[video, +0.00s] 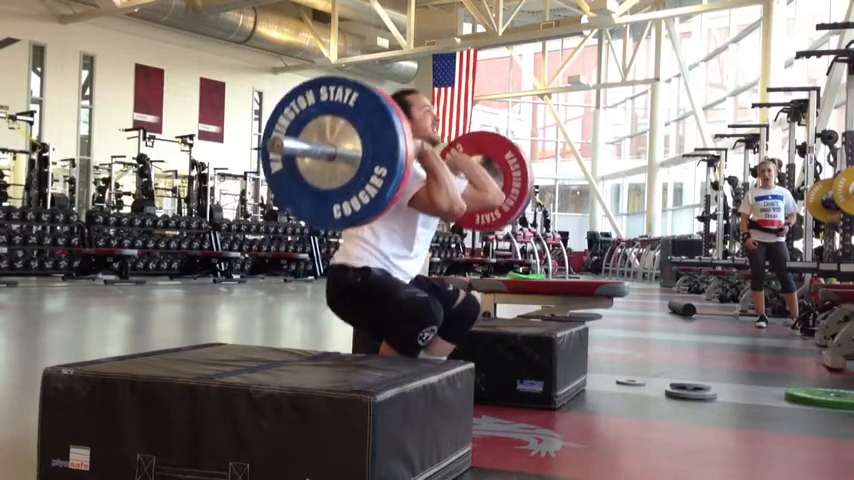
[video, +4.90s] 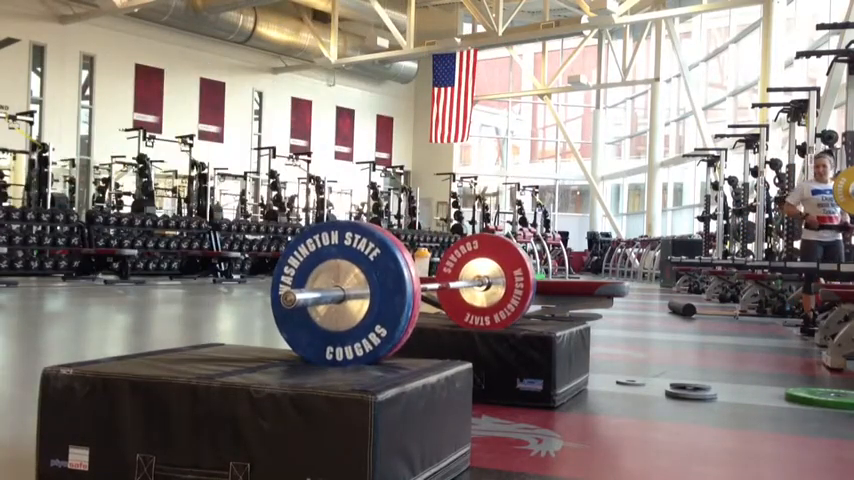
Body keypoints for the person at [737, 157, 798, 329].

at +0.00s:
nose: (766, 174)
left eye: (769, 170)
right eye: (762, 171)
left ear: (775, 173)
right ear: (759, 174)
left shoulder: (784, 193)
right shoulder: (751, 193)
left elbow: (792, 214)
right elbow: (744, 216)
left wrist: (787, 224)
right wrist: (746, 235)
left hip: (777, 239)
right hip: (757, 239)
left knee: (785, 275)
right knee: (757, 277)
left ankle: (795, 317)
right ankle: (761, 315)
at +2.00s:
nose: (772, 176)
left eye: (776, 173)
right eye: (770, 172)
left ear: (780, 174)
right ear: (764, 173)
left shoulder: (786, 193)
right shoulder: (754, 193)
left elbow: (793, 213)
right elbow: (746, 216)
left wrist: (790, 224)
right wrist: (749, 235)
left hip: (780, 239)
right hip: (760, 239)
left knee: (789, 275)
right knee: (758, 277)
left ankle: (794, 317)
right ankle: (761, 315)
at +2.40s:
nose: (783, 176)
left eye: (787, 173)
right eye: (780, 172)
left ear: (791, 174)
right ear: (773, 173)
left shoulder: (796, 193)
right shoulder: (764, 192)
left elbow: (801, 216)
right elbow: (755, 218)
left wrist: (800, 224)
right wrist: (769, 229)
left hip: (790, 240)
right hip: (769, 240)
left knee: (796, 275)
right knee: (766, 274)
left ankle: (794, 317)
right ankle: (762, 315)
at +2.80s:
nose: (801, 171)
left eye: (803, 168)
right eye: (797, 168)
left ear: (806, 170)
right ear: (788, 171)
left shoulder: (810, 191)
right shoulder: (782, 191)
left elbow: (816, 214)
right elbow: (774, 217)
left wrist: (817, 225)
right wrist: (793, 225)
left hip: (806, 239)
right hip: (787, 239)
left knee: (802, 279)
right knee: (784, 276)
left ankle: (793, 318)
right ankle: (770, 313)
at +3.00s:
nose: (805, 172)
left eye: (807, 168)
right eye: (801, 169)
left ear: (811, 170)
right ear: (795, 171)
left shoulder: (815, 190)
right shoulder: (787, 190)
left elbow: (820, 213)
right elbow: (779, 216)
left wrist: (822, 224)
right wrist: (800, 223)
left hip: (810, 239)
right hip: (792, 238)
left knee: (805, 278)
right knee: (794, 277)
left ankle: (796, 317)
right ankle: (789, 317)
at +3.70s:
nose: (810, 172)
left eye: (813, 169)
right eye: (807, 169)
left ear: (819, 171)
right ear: (802, 170)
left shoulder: (825, 190)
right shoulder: (795, 190)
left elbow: (829, 213)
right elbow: (790, 214)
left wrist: (831, 224)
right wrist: (813, 224)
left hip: (823, 238)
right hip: (803, 238)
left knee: (830, 274)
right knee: (807, 277)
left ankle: (821, 311)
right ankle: (808, 318)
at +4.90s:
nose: (820, 170)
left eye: (824, 166)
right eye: (817, 166)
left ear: (831, 168)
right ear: (813, 169)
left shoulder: (838, 187)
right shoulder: (805, 186)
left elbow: (845, 207)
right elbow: (787, 206)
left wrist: (845, 220)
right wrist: (805, 216)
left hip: (834, 238)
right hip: (812, 238)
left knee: (834, 278)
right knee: (810, 278)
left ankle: (832, 317)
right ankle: (809, 318)